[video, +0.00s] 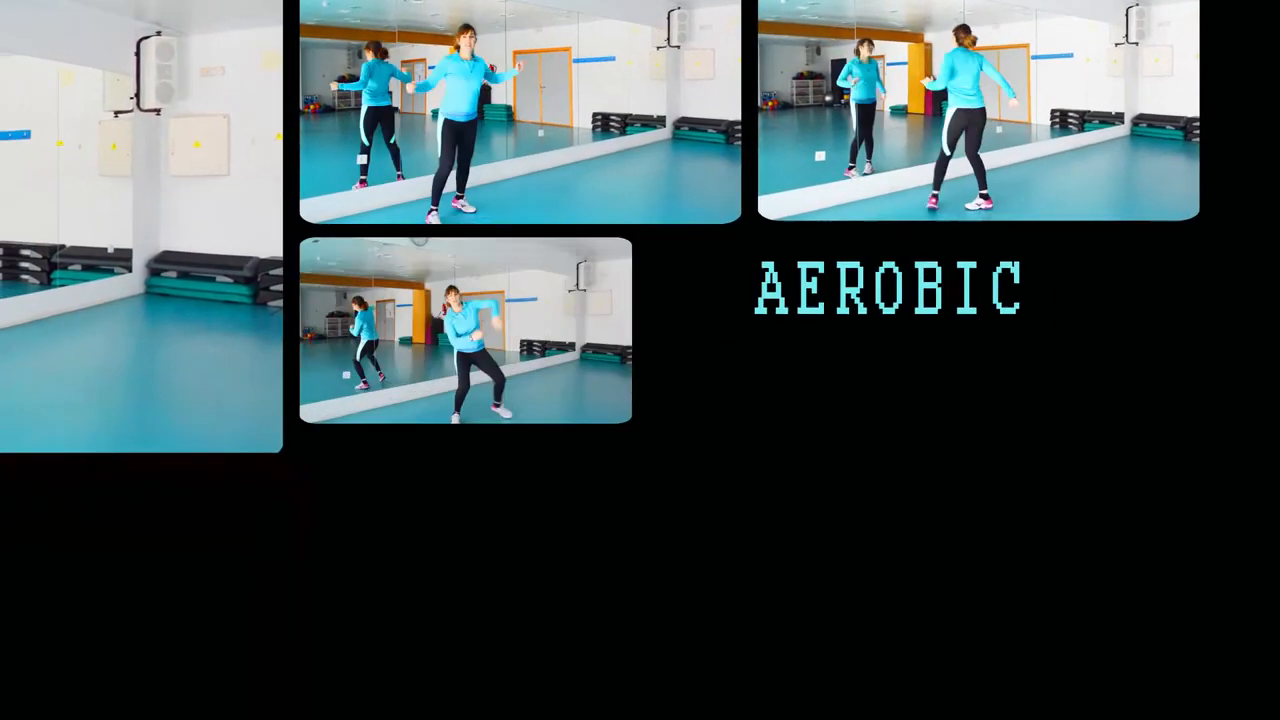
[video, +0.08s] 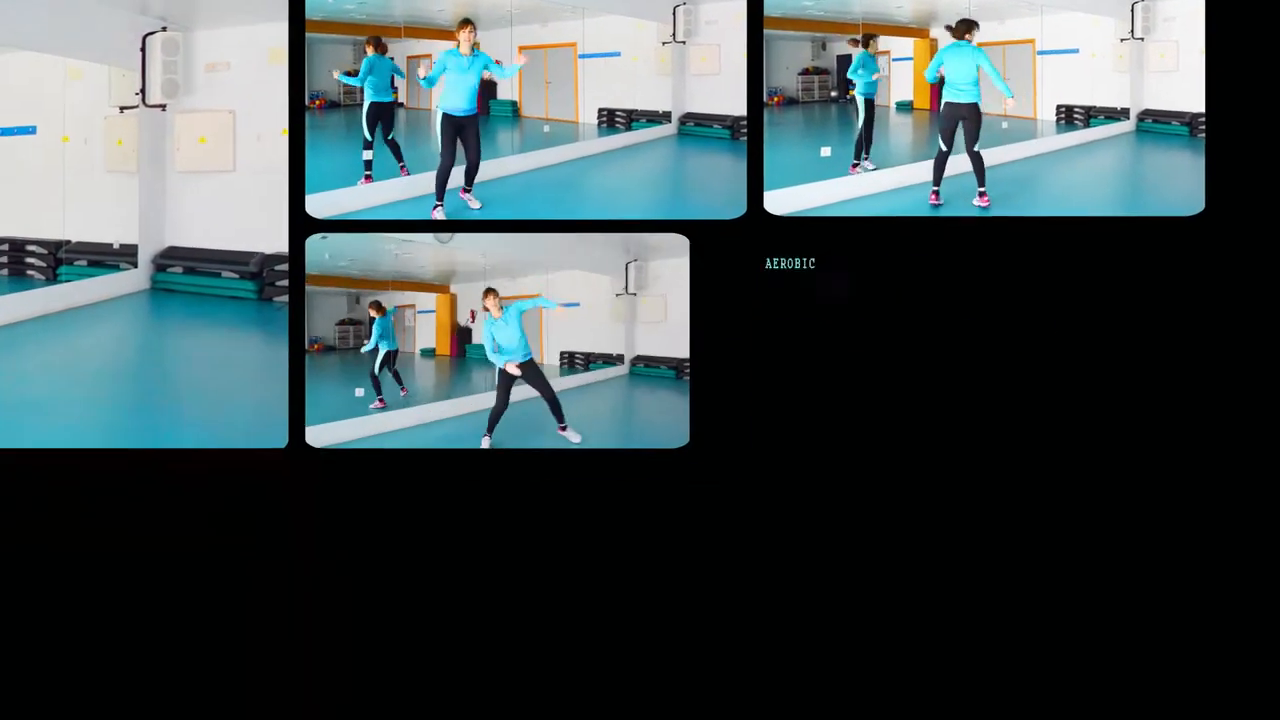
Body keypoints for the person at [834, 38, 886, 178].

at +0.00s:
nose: (870, 48)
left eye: (871, 46)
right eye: (867, 46)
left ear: (872, 49)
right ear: (860, 48)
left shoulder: (874, 63)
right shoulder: (852, 63)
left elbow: (878, 79)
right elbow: (839, 81)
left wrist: (883, 90)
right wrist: (850, 83)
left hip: (871, 100)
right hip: (857, 101)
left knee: (869, 133)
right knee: (859, 134)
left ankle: (869, 163)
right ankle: (851, 167)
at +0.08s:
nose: (877, 45)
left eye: (877, 42)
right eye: (876, 42)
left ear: (872, 43)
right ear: (870, 43)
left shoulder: (873, 58)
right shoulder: (861, 57)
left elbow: (871, 75)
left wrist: (880, 76)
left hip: (871, 95)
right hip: (861, 94)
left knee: (869, 127)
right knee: (862, 127)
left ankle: (865, 159)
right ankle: (855, 163)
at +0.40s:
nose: (862, 29)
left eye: (862, 27)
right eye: (862, 27)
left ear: (865, 27)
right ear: (876, 27)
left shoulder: (859, 41)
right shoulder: (883, 40)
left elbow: (849, 57)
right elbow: (897, 56)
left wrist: (832, 68)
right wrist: (913, 57)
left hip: (862, 81)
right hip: (879, 81)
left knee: (859, 116)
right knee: (879, 116)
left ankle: (851, 150)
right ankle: (881, 151)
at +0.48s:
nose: (860, 28)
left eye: (861, 25)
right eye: (861, 25)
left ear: (864, 25)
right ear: (874, 25)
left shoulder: (860, 38)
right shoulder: (883, 39)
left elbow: (853, 55)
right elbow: (899, 52)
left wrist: (834, 63)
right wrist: (910, 51)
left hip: (863, 80)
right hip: (880, 79)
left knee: (858, 115)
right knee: (883, 114)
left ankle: (851, 151)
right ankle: (888, 148)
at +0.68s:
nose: (856, 22)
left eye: (856, 20)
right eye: (856, 20)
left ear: (860, 19)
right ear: (869, 19)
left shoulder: (858, 33)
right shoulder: (878, 33)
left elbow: (848, 54)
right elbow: (888, 47)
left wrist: (832, 47)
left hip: (863, 75)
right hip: (879, 74)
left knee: (860, 111)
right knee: (877, 107)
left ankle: (860, 148)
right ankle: (892, 136)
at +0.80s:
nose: (853, 21)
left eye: (853, 18)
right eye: (853, 18)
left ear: (858, 18)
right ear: (868, 17)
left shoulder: (857, 32)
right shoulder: (875, 31)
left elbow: (843, 54)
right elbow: (865, 48)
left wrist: (841, 39)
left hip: (869, 71)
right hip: (884, 69)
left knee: (861, 105)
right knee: (872, 100)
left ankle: (864, 144)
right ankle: (879, 130)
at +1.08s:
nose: (848, 29)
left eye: (848, 26)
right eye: (847, 26)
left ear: (853, 26)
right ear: (862, 25)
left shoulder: (858, 40)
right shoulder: (871, 37)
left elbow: (855, 65)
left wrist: (851, 52)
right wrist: (855, 51)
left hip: (878, 73)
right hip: (888, 71)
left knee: (867, 103)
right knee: (871, 99)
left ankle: (872, 139)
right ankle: (876, 129)